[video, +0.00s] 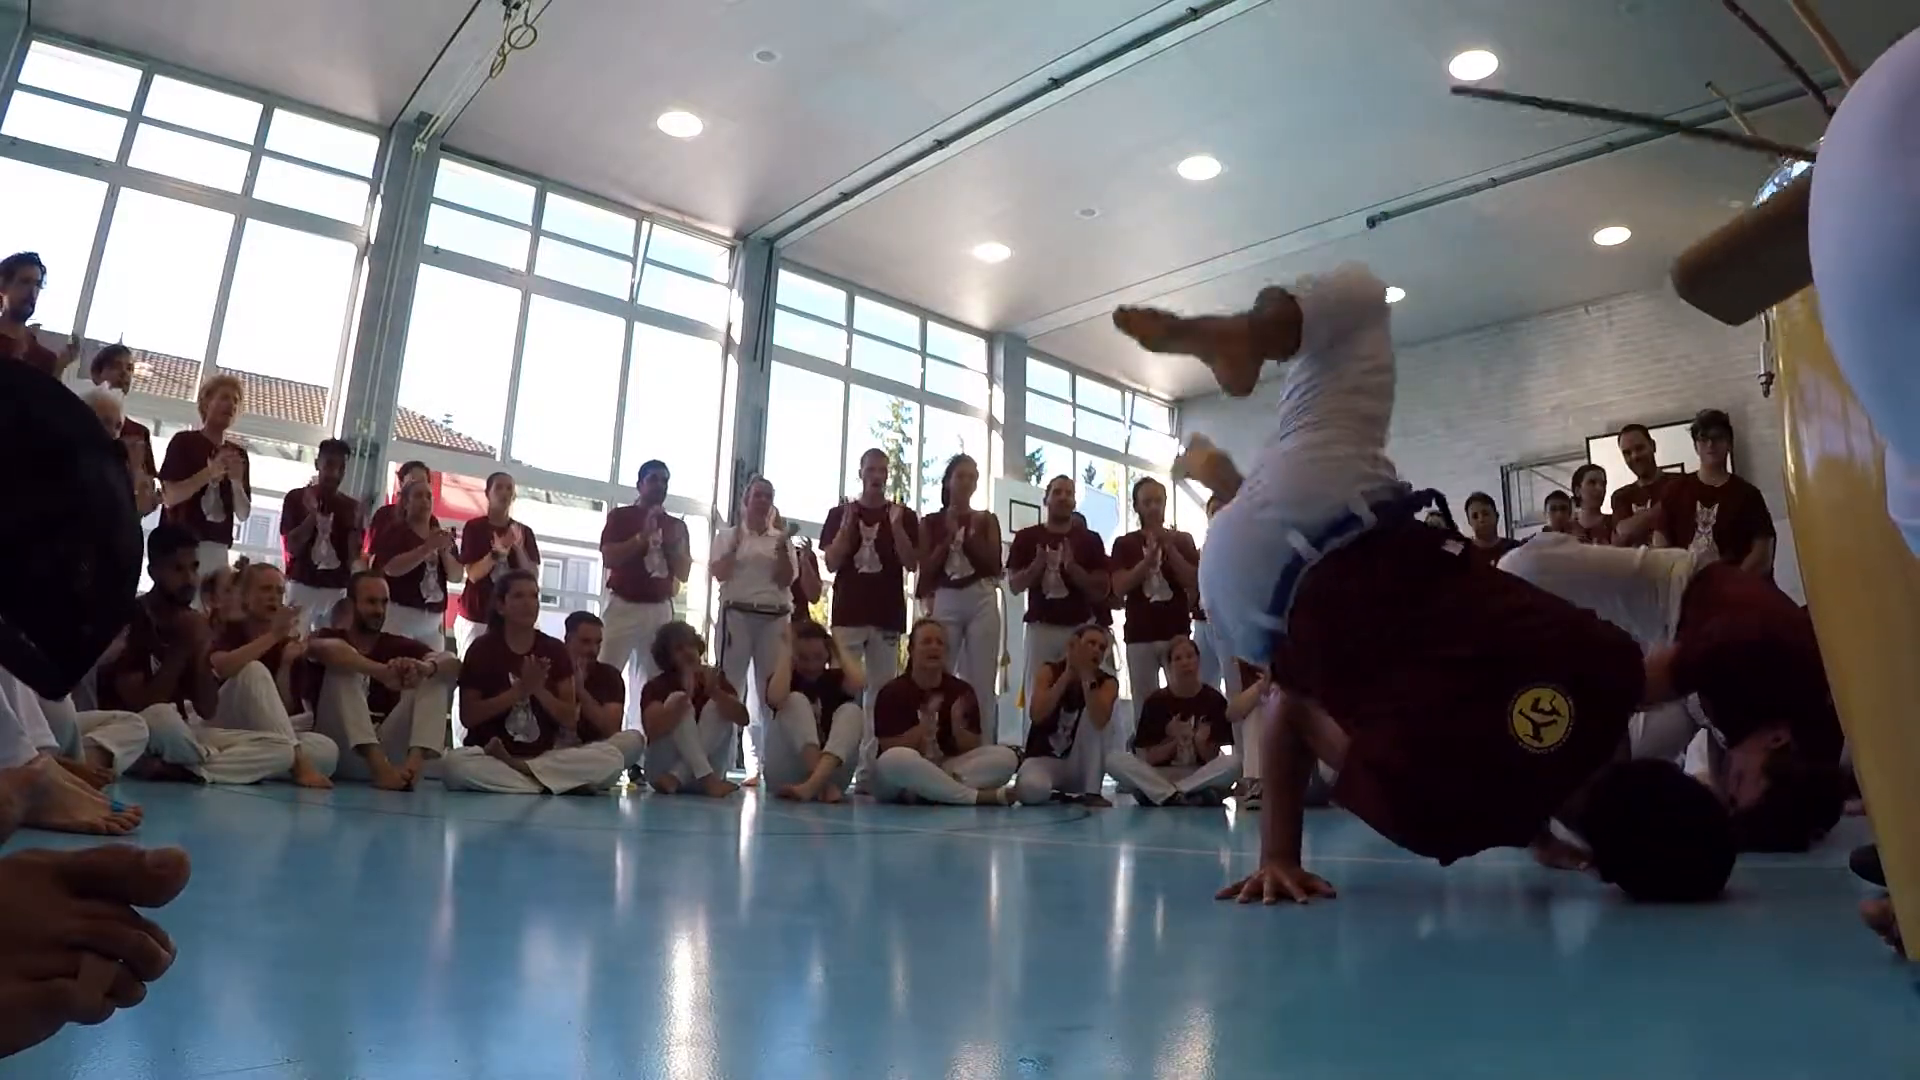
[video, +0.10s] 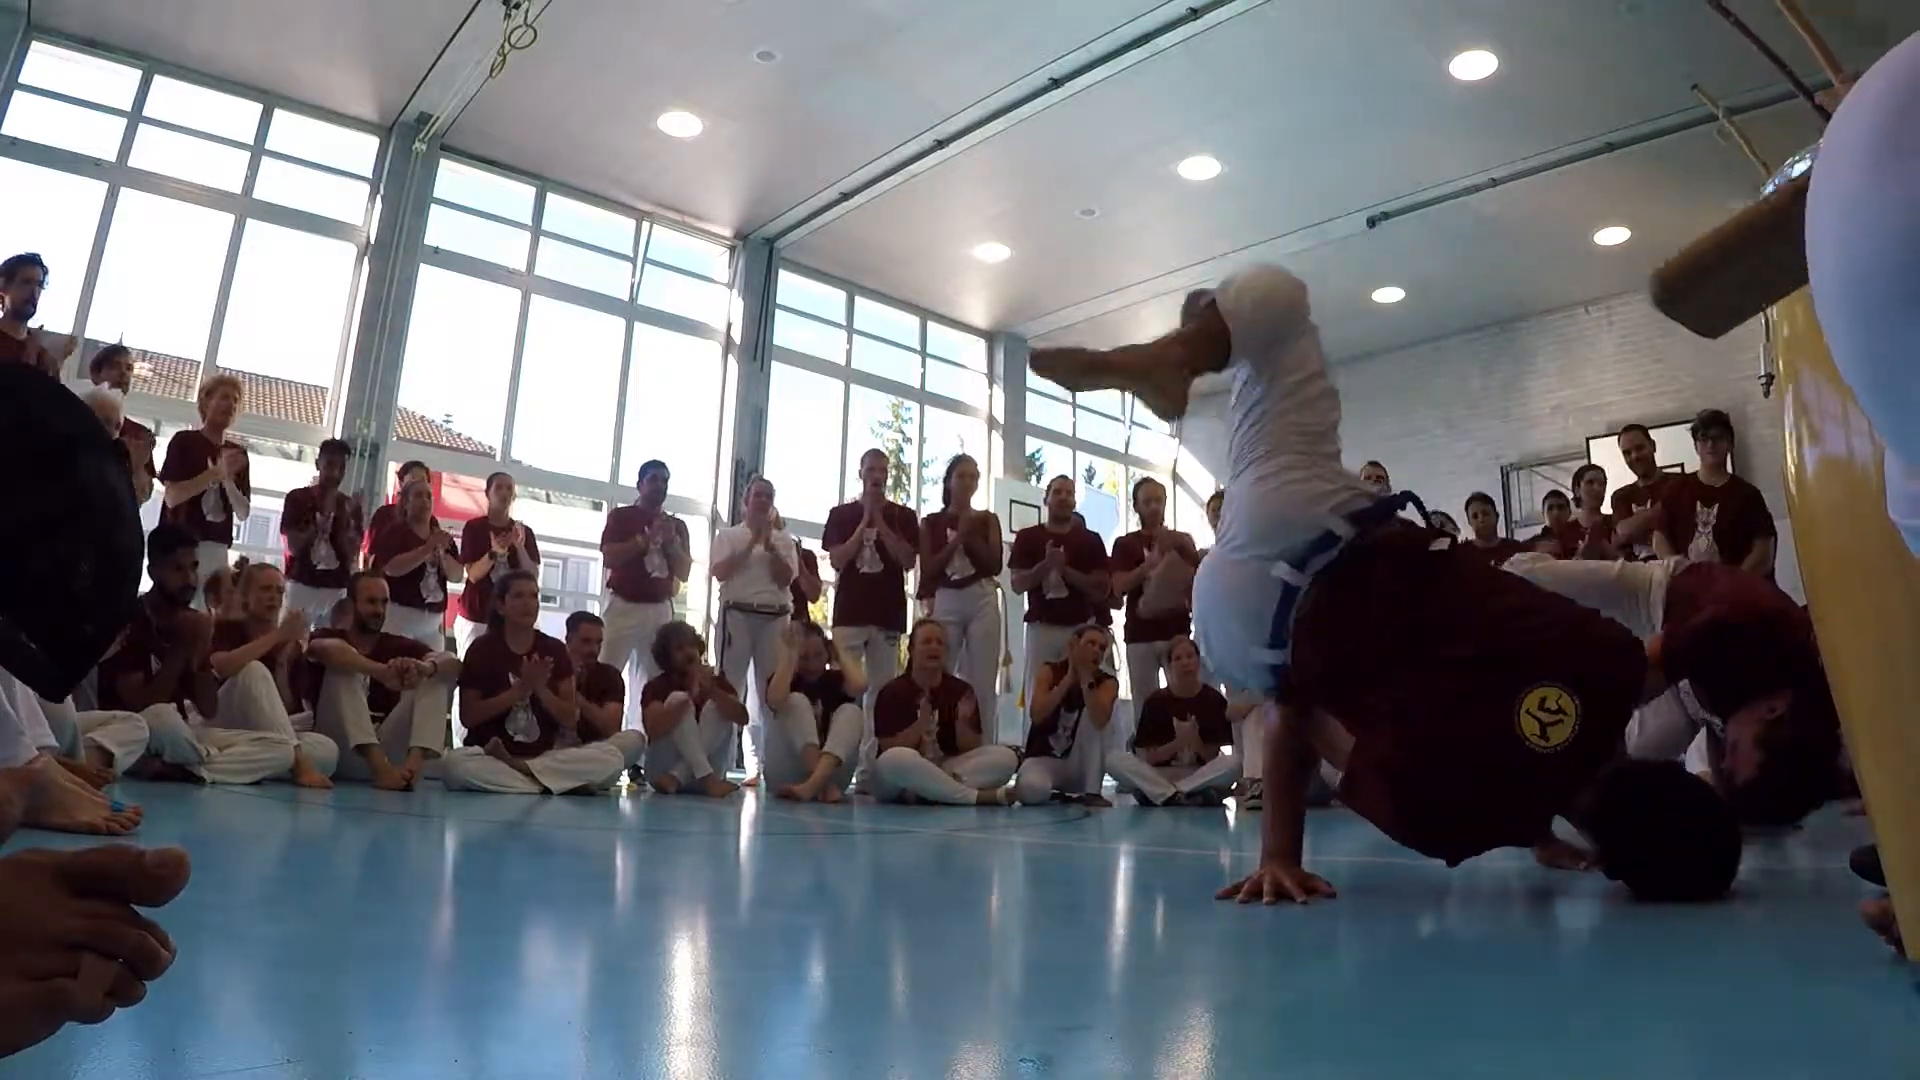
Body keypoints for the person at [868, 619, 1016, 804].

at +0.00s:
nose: (934, 647)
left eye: (940, 643)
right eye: (926, 642)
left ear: (946, 651)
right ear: (911, 650)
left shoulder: (962, 690)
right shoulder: (891, 692)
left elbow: (972, 748)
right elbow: (887, 747)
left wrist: (958, 729)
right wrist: (922, 729)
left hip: (950, 767)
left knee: (1006, 758)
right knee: (895, 759)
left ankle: (934, 792)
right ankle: (974, 797)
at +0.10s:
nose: (934, 648)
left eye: (939, 643)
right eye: (926, 642)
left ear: (946, 650)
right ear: (911, 650)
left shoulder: (961, 690)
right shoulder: (892, 692)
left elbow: (970, 750)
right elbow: (887, 748)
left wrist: (963, 723)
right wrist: (920, 726)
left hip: (951, 768)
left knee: (1006, 758)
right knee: (895, 759)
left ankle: (934, 792)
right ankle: (974, 797)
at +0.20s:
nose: (934, 647)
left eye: (939, 643)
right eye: (926, 642)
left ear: (946, 651)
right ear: (911, 650)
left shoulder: (961, 690)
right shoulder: (892, 692)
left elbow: (971, 749)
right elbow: (887, 748)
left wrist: (960, 724)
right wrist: (920, 726)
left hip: (950, 768)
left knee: (1006, 758)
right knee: (895, 759)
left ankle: (935, 792)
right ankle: (975, 797)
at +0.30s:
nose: (934, 647)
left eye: (939, 643)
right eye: (926, 642)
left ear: (946, 650)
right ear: (911, 650)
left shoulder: (962, 690)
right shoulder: (892, 691)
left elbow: (973, 746)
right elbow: (887, 746)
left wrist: (949, 724)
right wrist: (926, 730)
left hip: (950, 767)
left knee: (1006, 758)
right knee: (895, 759)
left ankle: (934, 792)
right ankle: (975, 797)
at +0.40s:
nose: (934, 647)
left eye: (940, 642)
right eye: (926, 642)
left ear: (946, 650)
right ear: (911, 650)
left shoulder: (962, 690)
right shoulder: (892, 692)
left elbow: (972, 747)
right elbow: (887, 747)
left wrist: (953, 720)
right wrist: (924, 731)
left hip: (950, 768)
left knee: (1006, 758)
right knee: (896, 758)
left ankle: (933, 794)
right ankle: (974, 797)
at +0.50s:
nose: (934, 647)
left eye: (939, 643)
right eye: (926, 642)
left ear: (946, 651)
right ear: (911, 650)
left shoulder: (962, 690)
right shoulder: (891, 692)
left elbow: (971, 749)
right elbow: (886, 748)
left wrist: (959, 723)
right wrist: (920, 727)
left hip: (950, 768)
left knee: (1006, 758)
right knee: (895, 759)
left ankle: (932, 793)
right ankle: (974, 797)